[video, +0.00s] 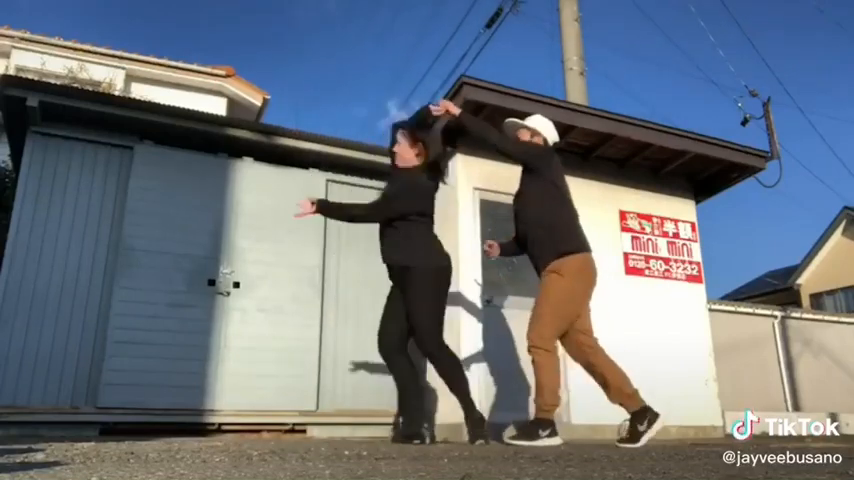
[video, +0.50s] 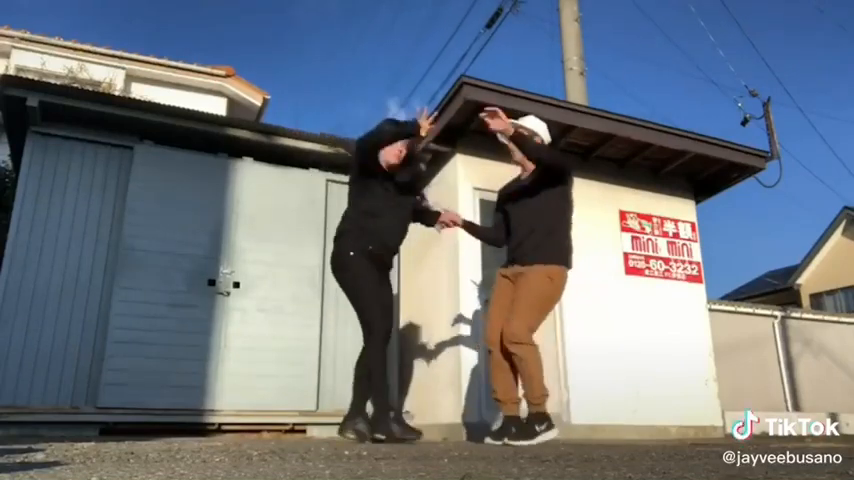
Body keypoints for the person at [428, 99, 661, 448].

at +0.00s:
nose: (517, 136)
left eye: (524, 132)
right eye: (518, 131)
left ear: (541, 139)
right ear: (527, 137)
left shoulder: (542, 159)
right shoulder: (527, 185)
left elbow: (502, 141)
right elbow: (529, 240)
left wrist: (458, 115)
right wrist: (502, 248)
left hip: (569, 266)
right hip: (564, 269)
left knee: (540, 340)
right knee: (581, 345)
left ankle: (544, 423)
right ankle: (640, 411)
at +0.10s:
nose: (513, 138)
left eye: (519, 133)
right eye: (514, 134)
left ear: (537, 139)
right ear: (529, 140)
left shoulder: (543, 159)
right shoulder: (523, 191)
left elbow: (506, 153)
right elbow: (518, 243)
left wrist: (472, 140)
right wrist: (480, 248)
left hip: (565, 262)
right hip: (545, 270)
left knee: (547, 343)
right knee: (531, 346)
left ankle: (545, 423)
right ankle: (601, 396)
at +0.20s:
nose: (510, 140)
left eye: (517, 135)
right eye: (512, 135)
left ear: (535, 140)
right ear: (526, 141)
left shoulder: (545, 162)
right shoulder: (519, 194)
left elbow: (503, 154)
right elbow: (508, 241)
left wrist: (490, 158)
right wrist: (467, 240)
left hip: (559, 264)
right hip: (532, 270)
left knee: (543, 341)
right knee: (504, 331)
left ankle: (548, 420)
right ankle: (554, 388)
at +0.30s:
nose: (509, 138)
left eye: (516, 132)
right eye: (509, 134)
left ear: (534, 136)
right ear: (518, 141)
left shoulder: (545, 164)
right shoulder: (514, 191)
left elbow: (533, 148)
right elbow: (502, 238)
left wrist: (504, 162)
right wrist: (463, 231)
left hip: (551, 265)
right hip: (520, 270)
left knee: (538, 342)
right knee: (490, 326)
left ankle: (545, 423)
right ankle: (518, 403)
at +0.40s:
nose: (512, 149)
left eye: (517, 141)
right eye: (511, 143)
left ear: (534, 139)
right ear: (513, 147)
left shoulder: (552, 165)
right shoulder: (511, 188)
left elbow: (554, 135)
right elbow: (502, 235)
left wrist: (508, 138)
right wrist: (464, 226)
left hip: (544, 267)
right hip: (512, 269)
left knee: (527, 341)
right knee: (490, 331)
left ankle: (543, 422)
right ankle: (503, 415)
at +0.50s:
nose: (512, 149)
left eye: (518, 142)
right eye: (510, 144)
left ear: (536, 144)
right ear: (512, 150)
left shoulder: (559, 174)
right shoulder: (508, 192)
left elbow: (545, 155)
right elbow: (499, 237)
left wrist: (511, 129)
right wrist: (462, 222)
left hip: (546, 269)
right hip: (511, 270)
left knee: (517, 334)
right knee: (495, 338)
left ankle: (540, 416)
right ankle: (511, 417)